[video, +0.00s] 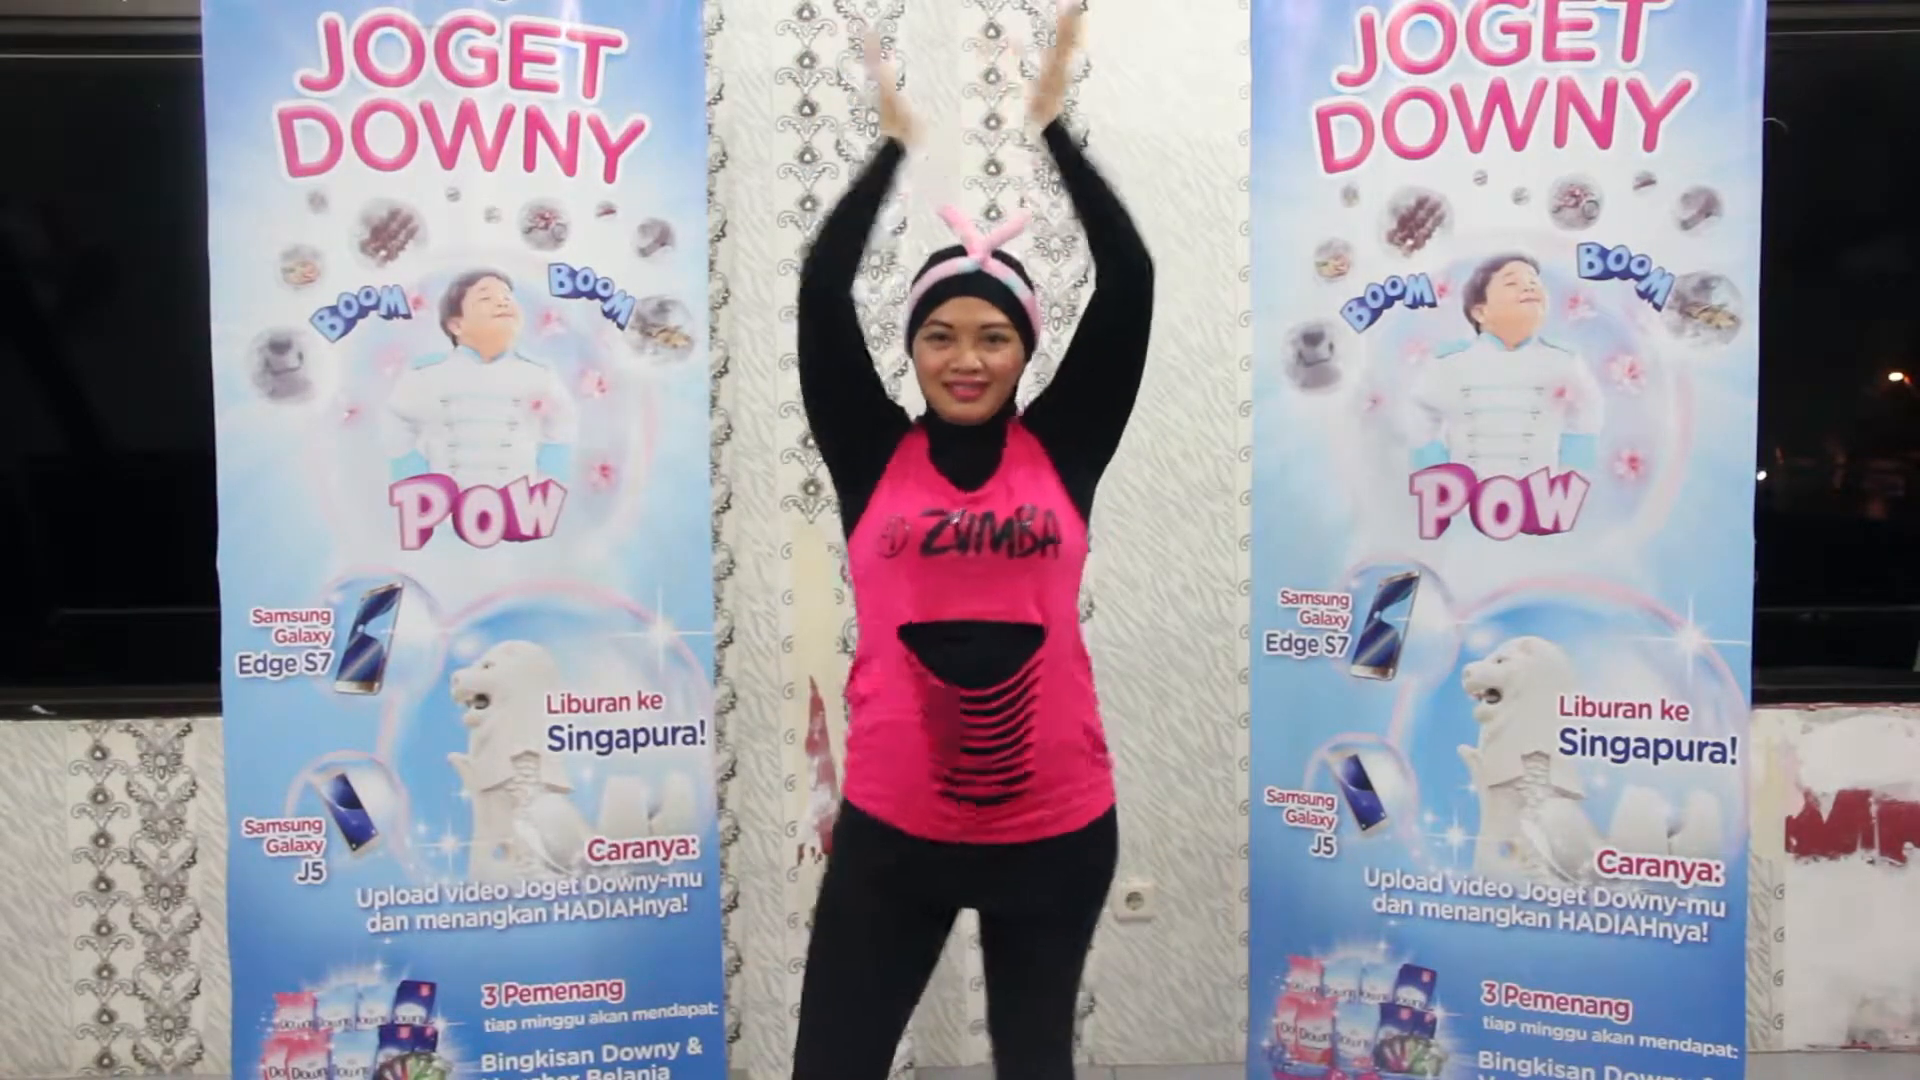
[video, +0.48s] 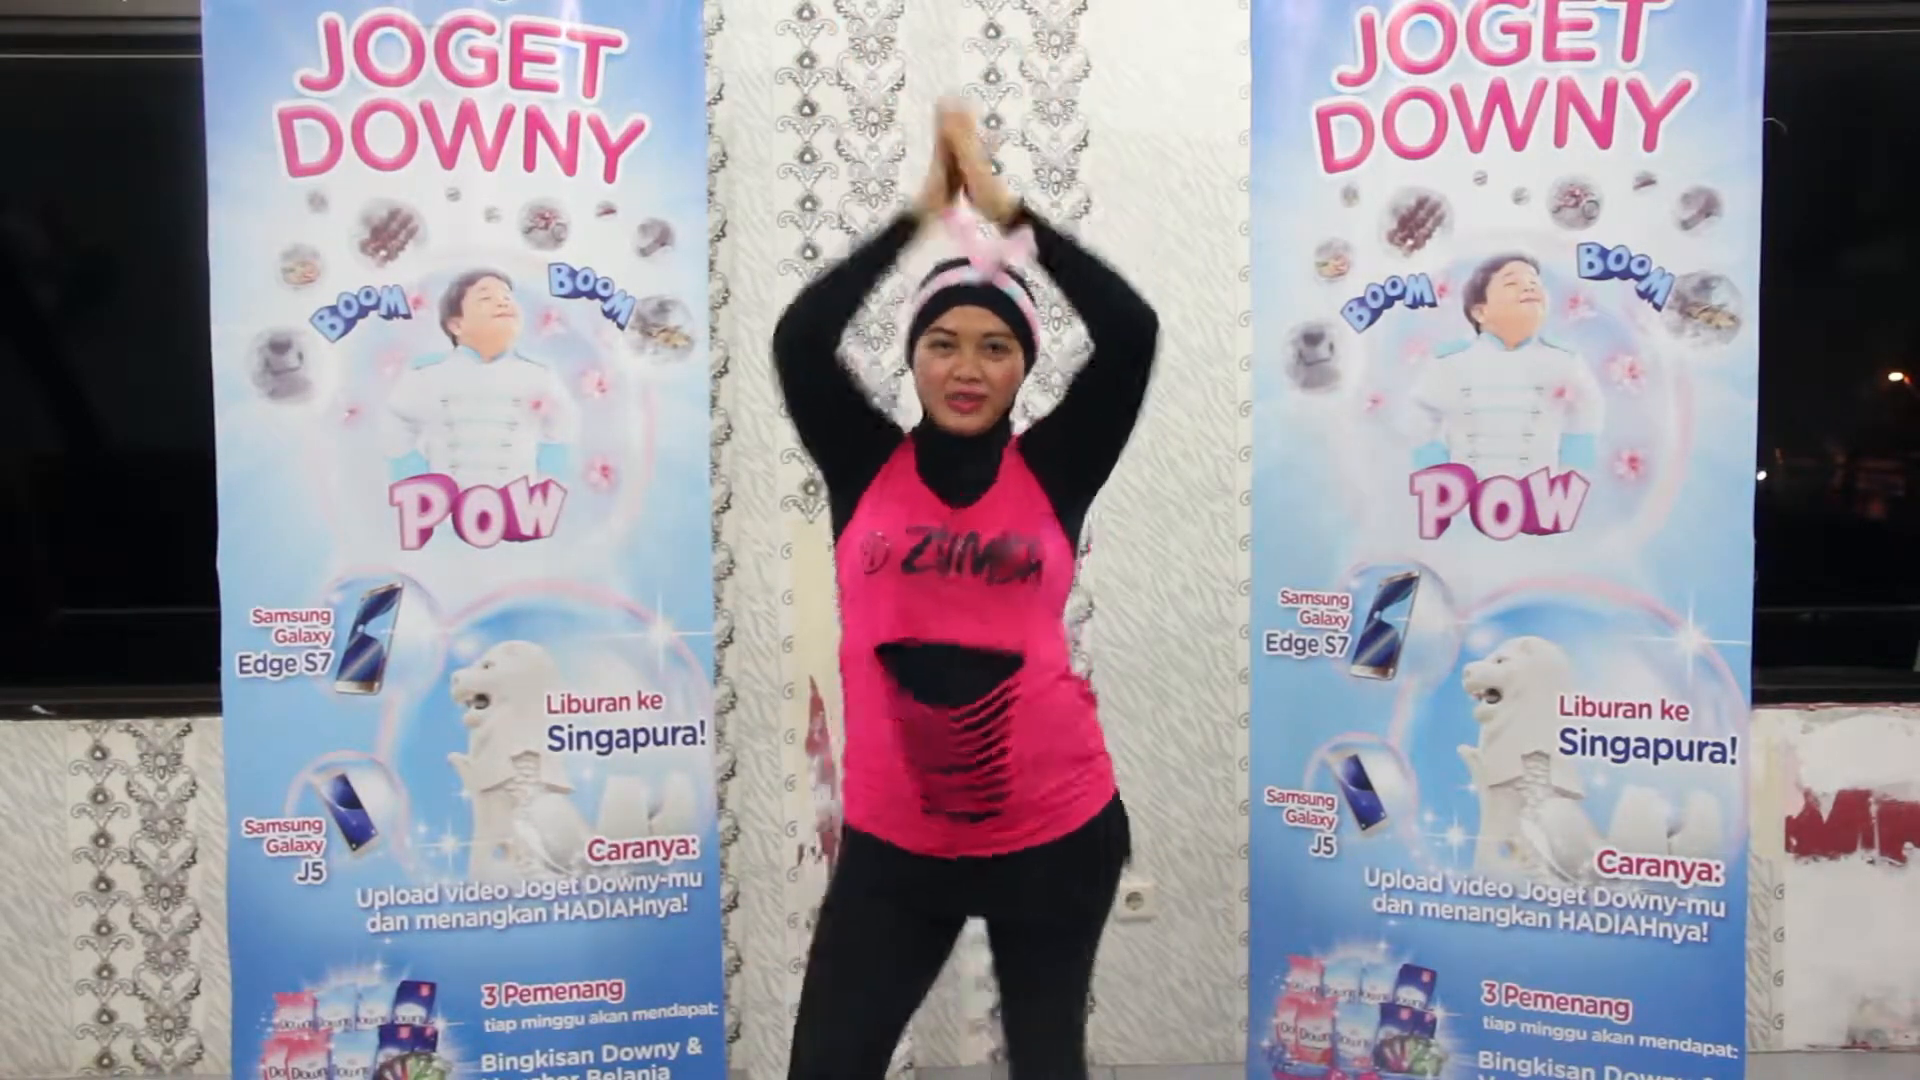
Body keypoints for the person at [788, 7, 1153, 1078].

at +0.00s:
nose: (966, 357)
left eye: (991, 338)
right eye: (943, 337)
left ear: (1025, 355)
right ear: (912, 354)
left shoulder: (1060, 454)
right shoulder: (872, 458)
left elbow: (1129, 281)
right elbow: (819, 294)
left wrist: (1054, 128)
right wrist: (890, 146)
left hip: (1051, 836)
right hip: (894, 834)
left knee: (1036, 1063)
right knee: (831, 1063)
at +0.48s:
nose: (967, 365)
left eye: (993, 347)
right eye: (944, 344)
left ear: (1023, 371)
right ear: (912, 365)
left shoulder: (1054, 472)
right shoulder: (865, 468)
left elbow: (1130, 331)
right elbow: (801, 336)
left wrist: (1014, 216)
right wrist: (917, 214)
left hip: (1052, 839)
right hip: (895, 842)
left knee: (1048, 1060)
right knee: (824, 1064)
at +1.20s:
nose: (906, 328)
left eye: (930, 310)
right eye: (884, 314)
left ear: (976, 336)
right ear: (861, 348)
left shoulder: (1032, 453)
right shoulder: (836, 480)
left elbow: (1136, 526)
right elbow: (741, 621)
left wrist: (1012, 425)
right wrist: (738, 523)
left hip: (1024, 809)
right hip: (872, 800)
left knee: (1034, 1059)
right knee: (744, 981)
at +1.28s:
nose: (895, 303)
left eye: (920, 282)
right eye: (872, 285)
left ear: (960, 304)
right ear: (846, 310)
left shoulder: (1014, 410)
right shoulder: (812, 435)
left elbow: (1139, 409)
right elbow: (664, 492)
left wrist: (1053, 287)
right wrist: (690, 359)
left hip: (1011, 780)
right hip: (857, 781)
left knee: (1042, 1042)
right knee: (744, 1022)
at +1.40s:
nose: (879, 345)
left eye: (903, 327)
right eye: (858, 327)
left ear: (938, 350)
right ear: (826, 350)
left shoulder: (976, 446)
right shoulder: (779, 450)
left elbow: (1056, 279)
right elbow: (681, 305)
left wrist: (1147, 124)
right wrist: (614, 137)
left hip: (977, 835)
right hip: (815, 840)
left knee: (1041, 1063)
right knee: (761, 1063)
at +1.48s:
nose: (869, 355)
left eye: (895, 340)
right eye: (847, 335)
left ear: (928, 370)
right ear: (813, 363)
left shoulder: (958, 472)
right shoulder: (770, 467)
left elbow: (1055, 318)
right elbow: (690, 305)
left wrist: (1130, 146)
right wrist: (607, 142)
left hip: (958, 849)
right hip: (796, 850)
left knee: (1022, 1064)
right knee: (740, 1064)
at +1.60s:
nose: (869, 330)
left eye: (895, 314)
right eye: (846, 310)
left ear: (927, 342)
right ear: (812, 335)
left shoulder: (972, 442)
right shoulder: (752, 445)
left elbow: (1148, 421)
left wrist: (1127, 277)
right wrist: (584, 281)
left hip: (960, 824)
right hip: (797, 827)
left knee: (1004, 1057)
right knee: (763, 1062)